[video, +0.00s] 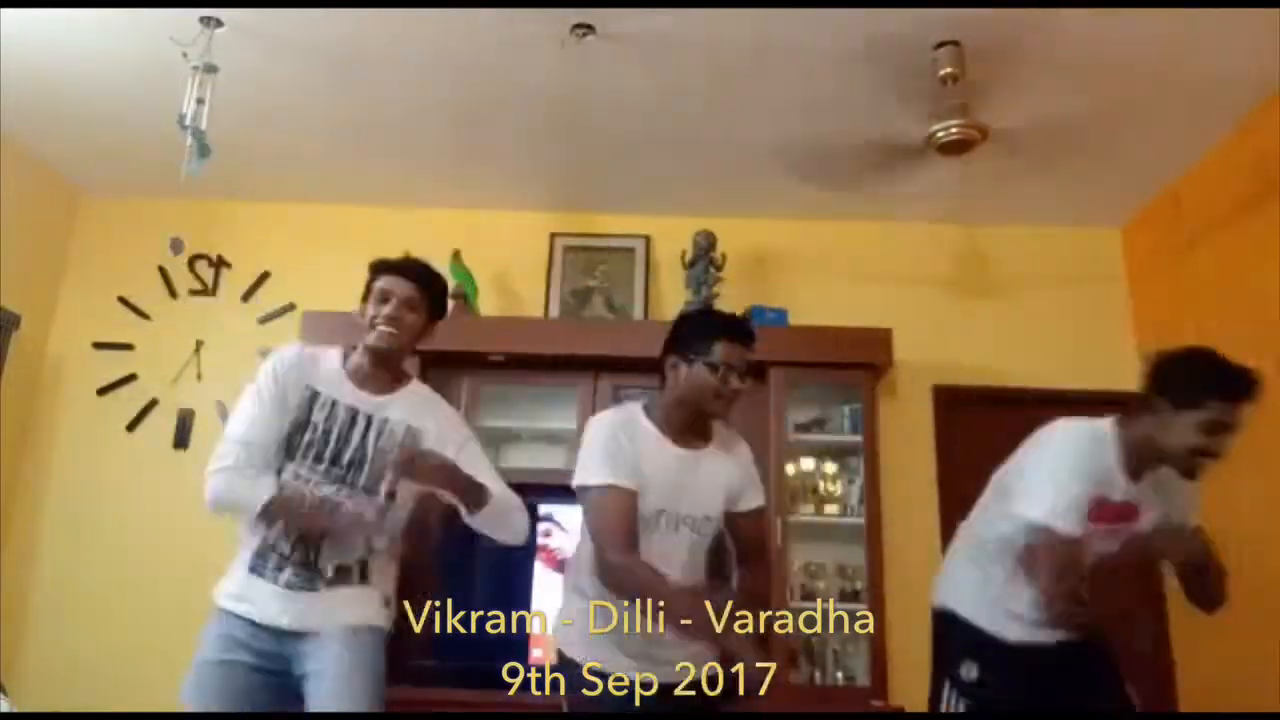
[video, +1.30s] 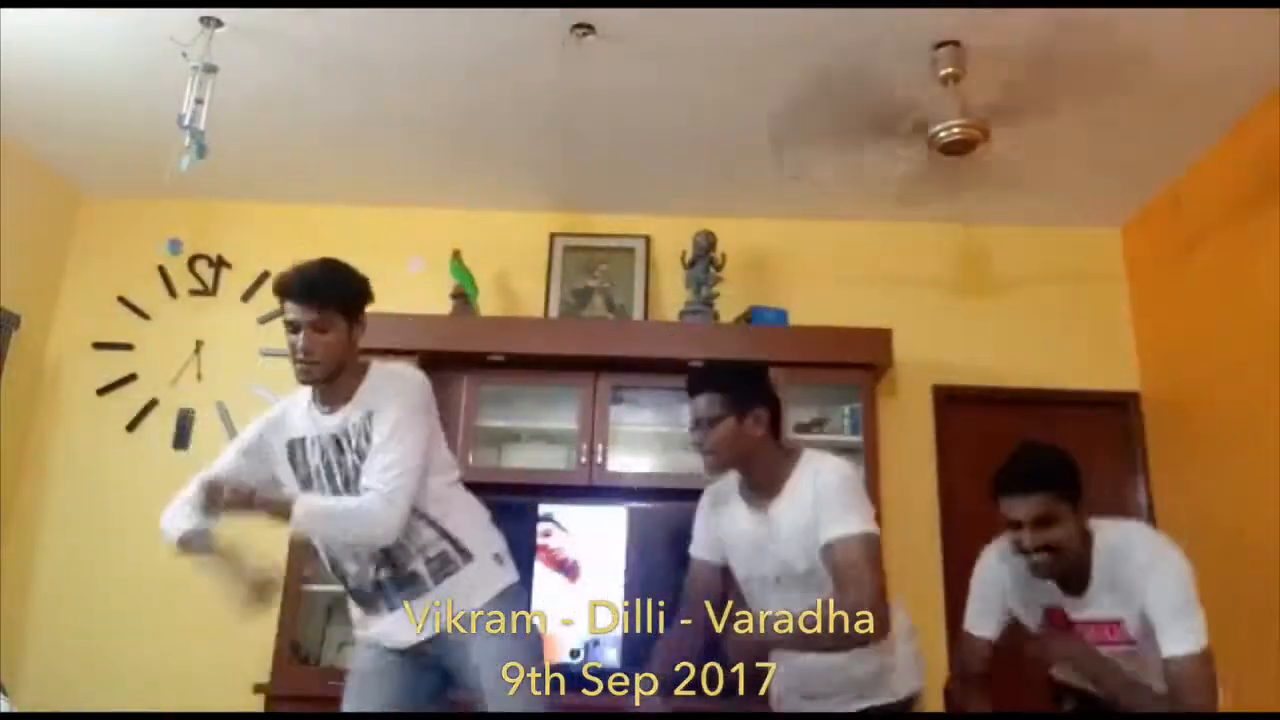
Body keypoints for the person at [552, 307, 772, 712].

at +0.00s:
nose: (735, 385)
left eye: (742, 374)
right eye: (722, 370)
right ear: (675, 368)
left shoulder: (733, 453)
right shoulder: (612, 432)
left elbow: (754, 559)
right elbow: (616, 566)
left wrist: (752, 641)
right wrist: (722, 634)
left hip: (690, 672)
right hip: (604, 668)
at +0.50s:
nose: (738, 412)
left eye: (746, 401)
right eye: (724, 396)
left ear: (753, 403)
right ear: (679, 390)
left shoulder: (744, 466)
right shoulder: (616, 464)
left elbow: (772, 572)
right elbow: (569, 600)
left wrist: (774, 635)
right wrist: (688, 629)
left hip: (689, 677)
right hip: (605, 675)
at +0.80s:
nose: (736, 412)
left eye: (750, 400)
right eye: (722, 398)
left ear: (768, 408)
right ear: (700, 406)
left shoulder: (791, 486)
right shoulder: (653, 478)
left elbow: (822, 617)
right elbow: (625, 613)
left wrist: (757, 671)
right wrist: (671, 691)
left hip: (753, 694)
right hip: (668, 692)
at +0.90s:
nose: (726, 389)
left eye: (743, 376)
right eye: (717, 376)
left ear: (777, 389)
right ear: (706, 384)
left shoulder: (815, 470)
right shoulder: (668, 465)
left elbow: (844, 593)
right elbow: (627, 593)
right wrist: (665, 686)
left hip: (784, 688)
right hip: (689, 683)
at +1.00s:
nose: (716, 379)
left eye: (734, 366)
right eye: (710, 367)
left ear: (780, 376)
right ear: (703, 370)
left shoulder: (827, 452)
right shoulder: (689, 448)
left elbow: (859, 580)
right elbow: (641, 563)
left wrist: (746, 534)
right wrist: (703, 632)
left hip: (810, 687)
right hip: (711, 684)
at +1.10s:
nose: (710, 373)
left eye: (725, 360)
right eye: (706, 361)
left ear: (774, 366)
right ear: (702, 363)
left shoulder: (833, 435)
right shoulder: (700, 442)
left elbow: (861, 564)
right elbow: (675, 560)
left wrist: (773, 562)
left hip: (826, 678)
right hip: (731, 675)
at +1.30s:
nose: (696, 439)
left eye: (709, 424)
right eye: (694, 426)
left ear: (757, 423)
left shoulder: (832, 479)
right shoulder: (716, 502)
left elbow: (867, 619)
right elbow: (694, 622)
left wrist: (762, 631)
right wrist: (647, 691)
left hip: (874, 696)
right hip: (793, 696)